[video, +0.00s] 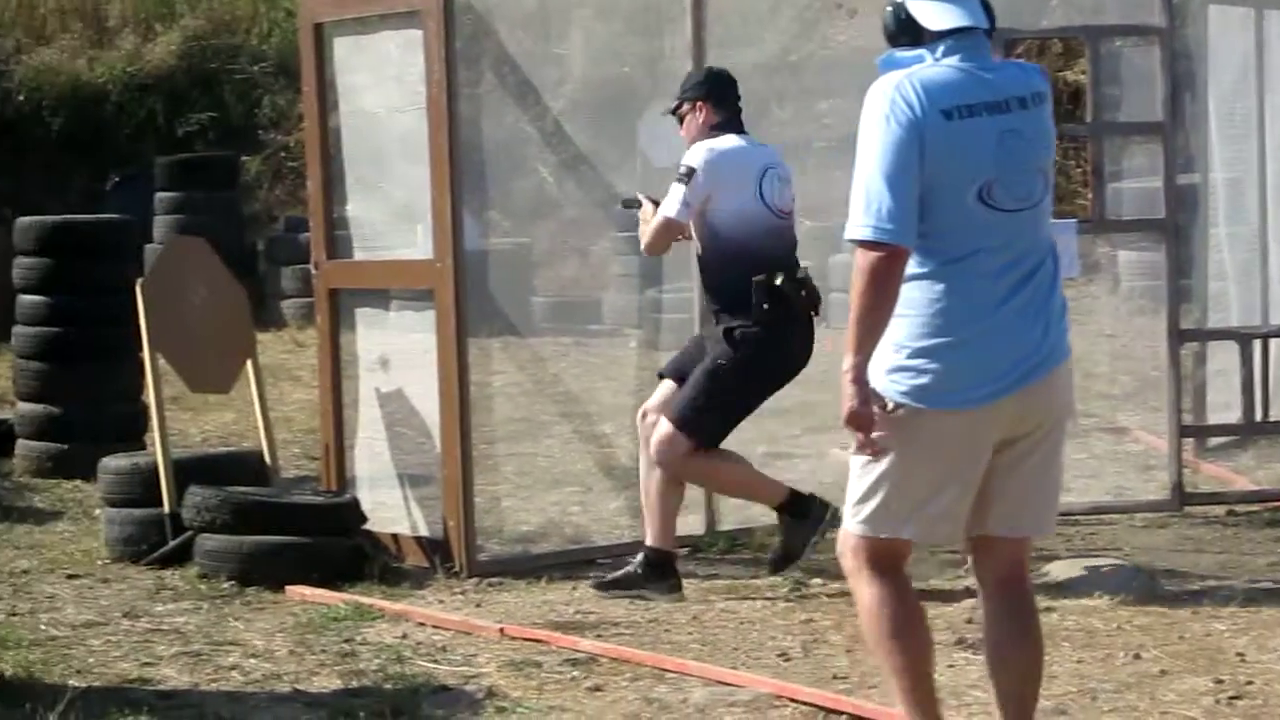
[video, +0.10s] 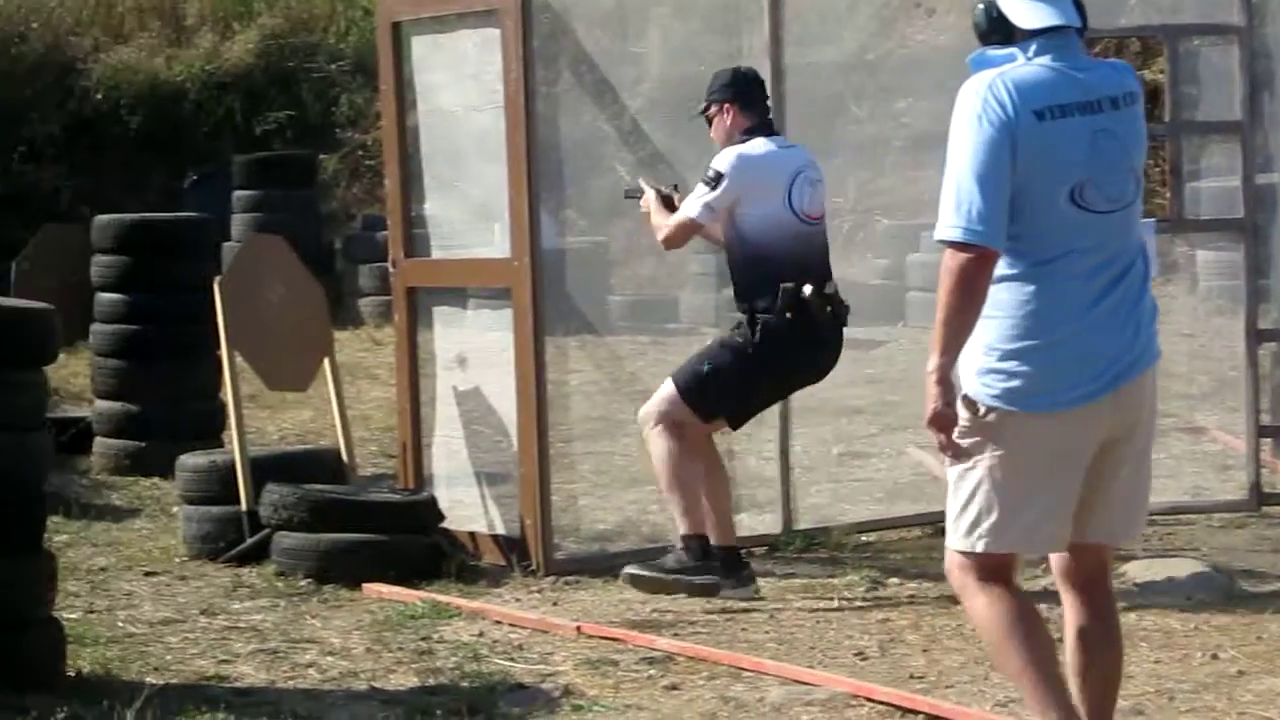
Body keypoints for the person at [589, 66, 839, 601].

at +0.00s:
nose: (679, 130)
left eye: (681, 118)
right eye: (678, 120)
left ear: (700, 112)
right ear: (730, 112)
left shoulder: (702, 158)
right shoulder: (769, 157)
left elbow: (653, 241)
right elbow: (737, 229)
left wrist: (650, 211)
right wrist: (677, 216)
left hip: (757, 332)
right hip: (750, 323)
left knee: (673, 451)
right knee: (652, 419)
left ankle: (797, 508)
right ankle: (657, 562)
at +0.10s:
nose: (710, 132)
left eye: (710, 120)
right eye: (709, 121)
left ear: (728, 112)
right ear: (760, 111)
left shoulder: (736, 162)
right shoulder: (800, 157)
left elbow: (668, 234)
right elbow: (745, 235)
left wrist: (651, 204)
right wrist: (688, 210)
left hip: (776, 331)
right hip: (820, 330)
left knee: (659, 416)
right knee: (691, 426)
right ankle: (727, 559)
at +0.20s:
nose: (717, 121)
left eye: (717, 110)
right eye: (716, 111)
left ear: (735, 104)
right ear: (769, 102)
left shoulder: (737, 153)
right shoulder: (812, 148)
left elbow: (667, 214)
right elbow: (751, 224)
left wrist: (648, 187)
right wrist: (687, 194)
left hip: (770, 325)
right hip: (824, 327)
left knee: (673, 437)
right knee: (717, 437)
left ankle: (631, 576)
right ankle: (768, 561)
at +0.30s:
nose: (689, 104)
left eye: (688, 95)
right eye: (688, 96)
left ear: (704, 90)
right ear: (743, 88)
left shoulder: (702, 139)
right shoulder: (784, 133)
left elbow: (632, 188)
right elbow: (724, 203)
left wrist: (615, 164)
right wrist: (658, 178)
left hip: (741, 312)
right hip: (804, 312)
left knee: (659, 439)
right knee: (725, 431)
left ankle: (620, 584)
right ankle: (774, 562)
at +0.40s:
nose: (652, 85)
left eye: (652, 76)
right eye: (654, 76)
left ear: (664, 75)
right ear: (706, 70)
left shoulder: (657, 124)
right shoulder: (751, 118)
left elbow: (597, 160)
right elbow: (698, 152)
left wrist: (580, 142)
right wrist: (633, 149)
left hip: (701, 299)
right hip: (771, 297)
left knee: (635, 436)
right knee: (722, 422)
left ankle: (616, 584)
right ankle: (765, 562)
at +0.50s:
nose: (625, 72)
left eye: (625, 64)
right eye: (626, 65)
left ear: (638, 62)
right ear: (681, 59)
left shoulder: (631, 109)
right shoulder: (723, 104)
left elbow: (579, 140)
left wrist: (570, 125)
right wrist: (599, 125)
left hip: (670, 287)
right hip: (742, 284)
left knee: (620, 437)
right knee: (723, 421)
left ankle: (613, 586)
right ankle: (763, 561)